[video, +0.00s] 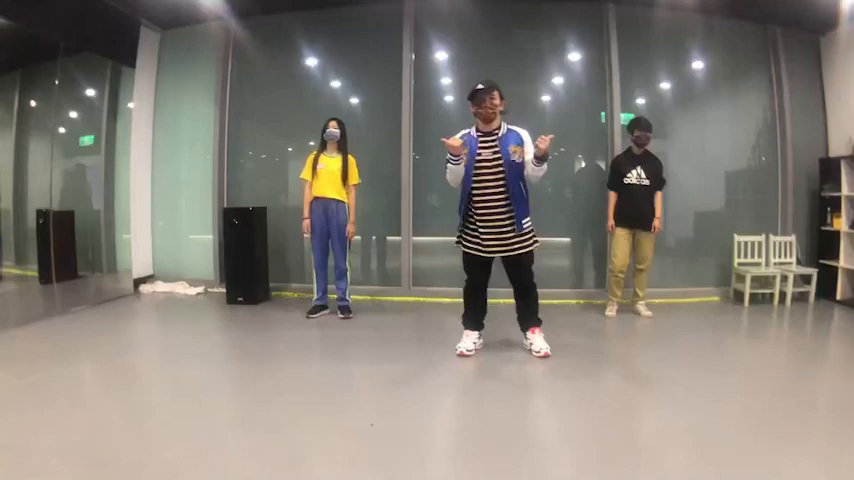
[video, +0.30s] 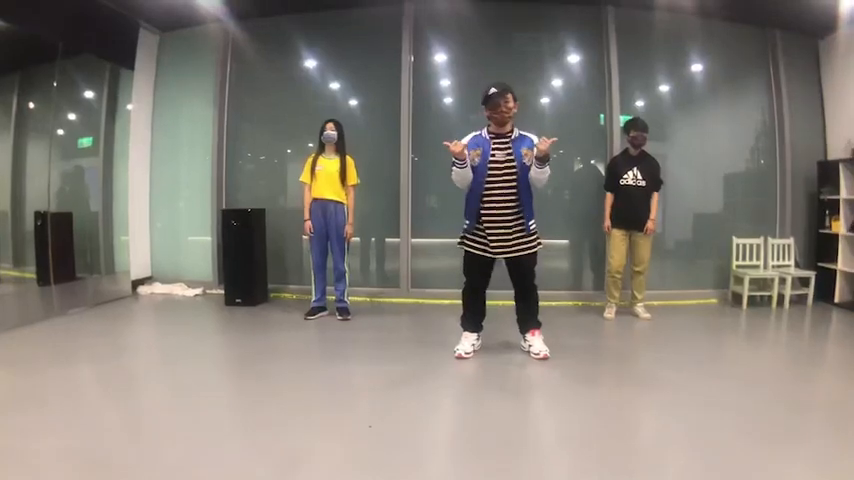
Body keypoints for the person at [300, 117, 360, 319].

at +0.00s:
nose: (332, 131)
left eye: (336, 128)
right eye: (329, 128)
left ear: (342, 134)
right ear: (323, 133)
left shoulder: (348, 160)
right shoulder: (314, 158)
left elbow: (352, 192)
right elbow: (308, 188)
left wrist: (352, 221)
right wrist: (306, 216)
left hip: (339, 204)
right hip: (318, 203)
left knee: (340, 258)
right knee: (319, 257)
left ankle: (343, 301)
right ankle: (320, 301)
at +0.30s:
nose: (329, 133)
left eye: (333, 130)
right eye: (326, 130)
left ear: (340, 135)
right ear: (321, 135)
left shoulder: (346, 161)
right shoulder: (313, 160)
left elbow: (350, 192)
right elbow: (307, 189)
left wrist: (350, 222)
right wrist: (306, 217)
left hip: (338, 205)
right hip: (317, 205)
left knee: (339, 259)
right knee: (317, 259)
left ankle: (342, 303)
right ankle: (318, 303)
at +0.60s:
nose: (329, 132)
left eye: (333, 129)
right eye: (325, 129)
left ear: (339, 134)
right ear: (321, 134)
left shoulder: (347, 159)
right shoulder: (313, 159)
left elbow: (351, 190)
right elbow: (308, 189)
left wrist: (349, 220)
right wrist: (304, 217)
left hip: (337, 204)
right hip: (316, 203)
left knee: (339, 257)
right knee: (318, 257)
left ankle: (342, 302)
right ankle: (318, 301)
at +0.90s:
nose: (330, 132)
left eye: (334, 129)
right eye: (327, 129)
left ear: (341, 134)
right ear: (322, 134)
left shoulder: (347, 159)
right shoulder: (315, 158)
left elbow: (350, 190)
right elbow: (309, 188)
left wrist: (348, 220)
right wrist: (305, 217)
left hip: (337, 204)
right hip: (317, 203)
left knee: (339, 257)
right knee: (318, 257)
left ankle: (342, 302)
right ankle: (319, 301)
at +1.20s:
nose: (327, 132)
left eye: (332, 129)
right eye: (324, 129)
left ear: (338, 134)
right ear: (320, 135)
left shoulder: (346, 158)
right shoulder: (314, 159)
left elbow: (350, 189)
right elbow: (309, 190)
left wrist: (349, 218)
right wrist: (307, 217)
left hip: (337, 203)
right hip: (317, 202)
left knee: (340, 256)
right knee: (319, 256)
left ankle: (343, 302)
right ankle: (320, 300)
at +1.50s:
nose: (326, 133)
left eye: (330, 130)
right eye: (323, 130)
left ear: (337, 134)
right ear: (319, 135)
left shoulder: (345, 158)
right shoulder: (313, 160)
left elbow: (350, 190)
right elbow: (309, 191)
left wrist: (348, 219)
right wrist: (306, 219)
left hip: (338, 204)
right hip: (318, 204)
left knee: (340, 257)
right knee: (319, 257)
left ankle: (343, 302)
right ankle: (320, 301)